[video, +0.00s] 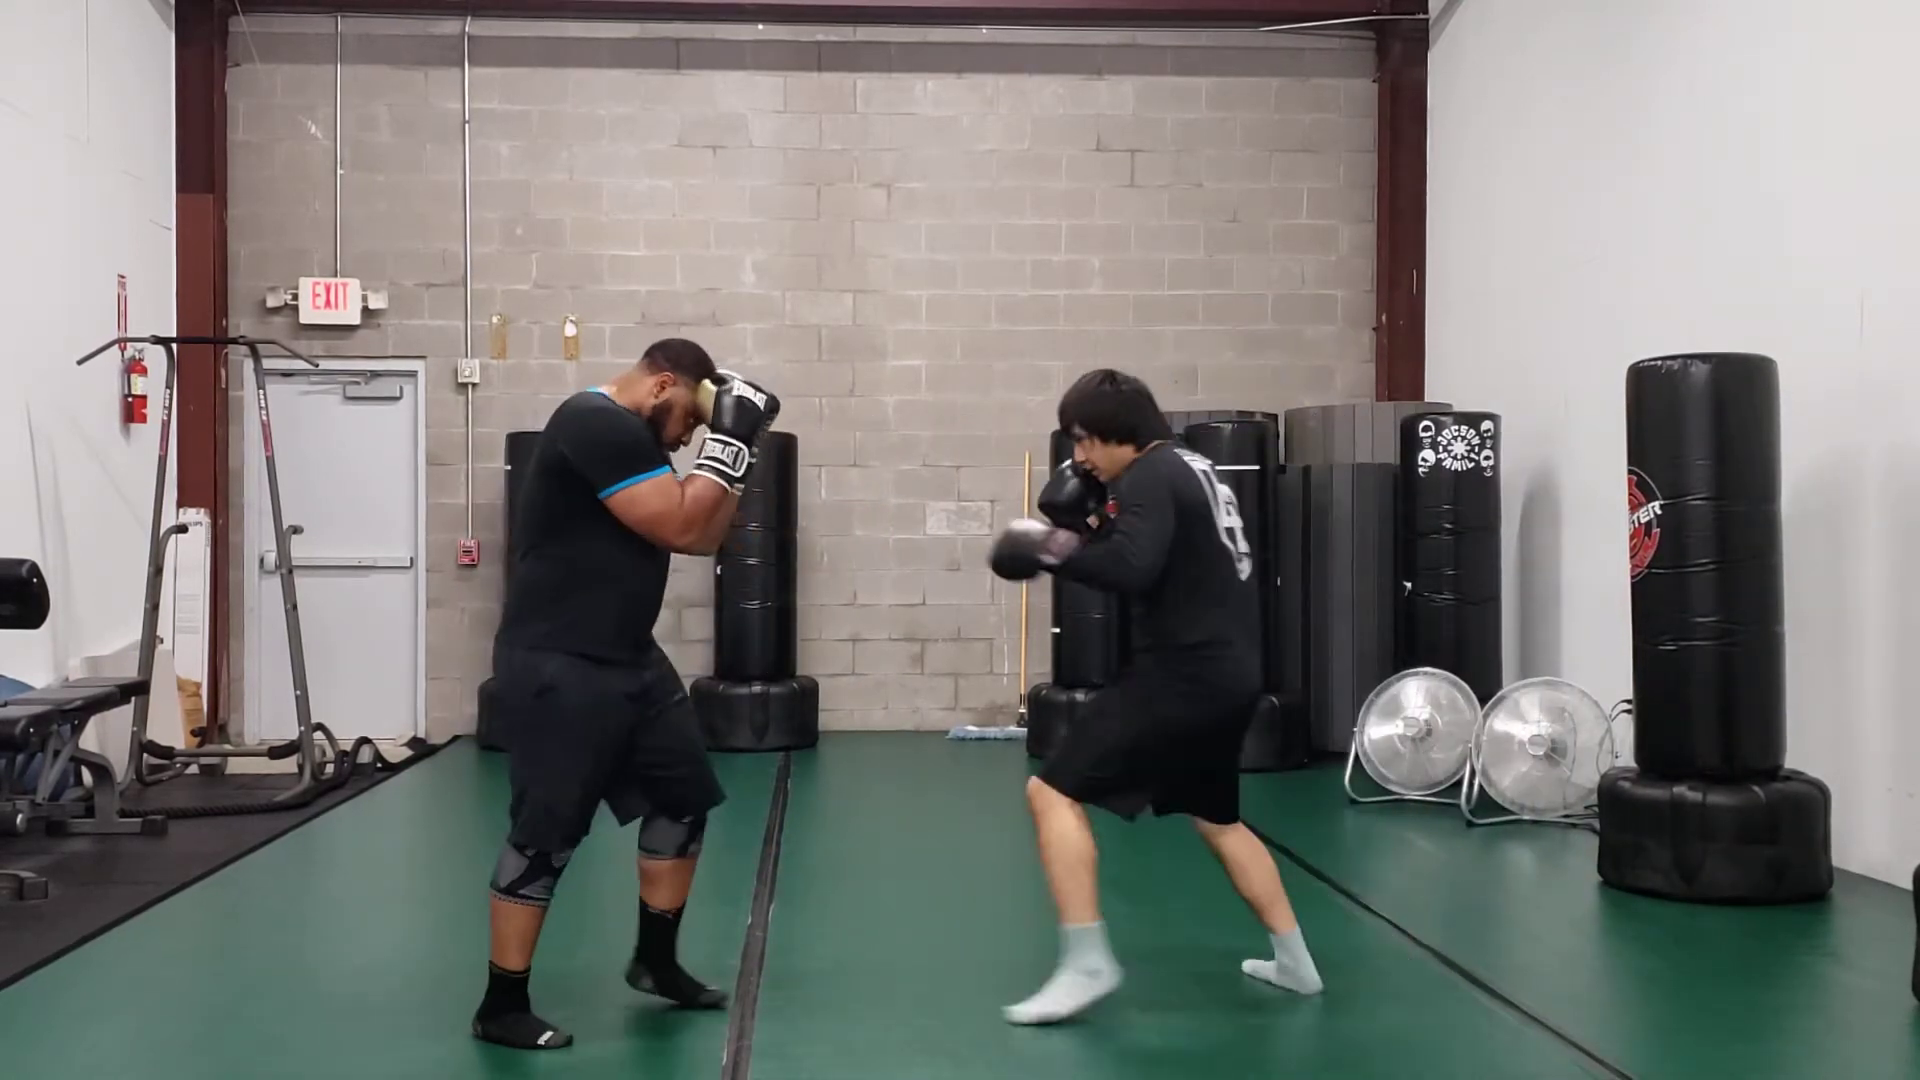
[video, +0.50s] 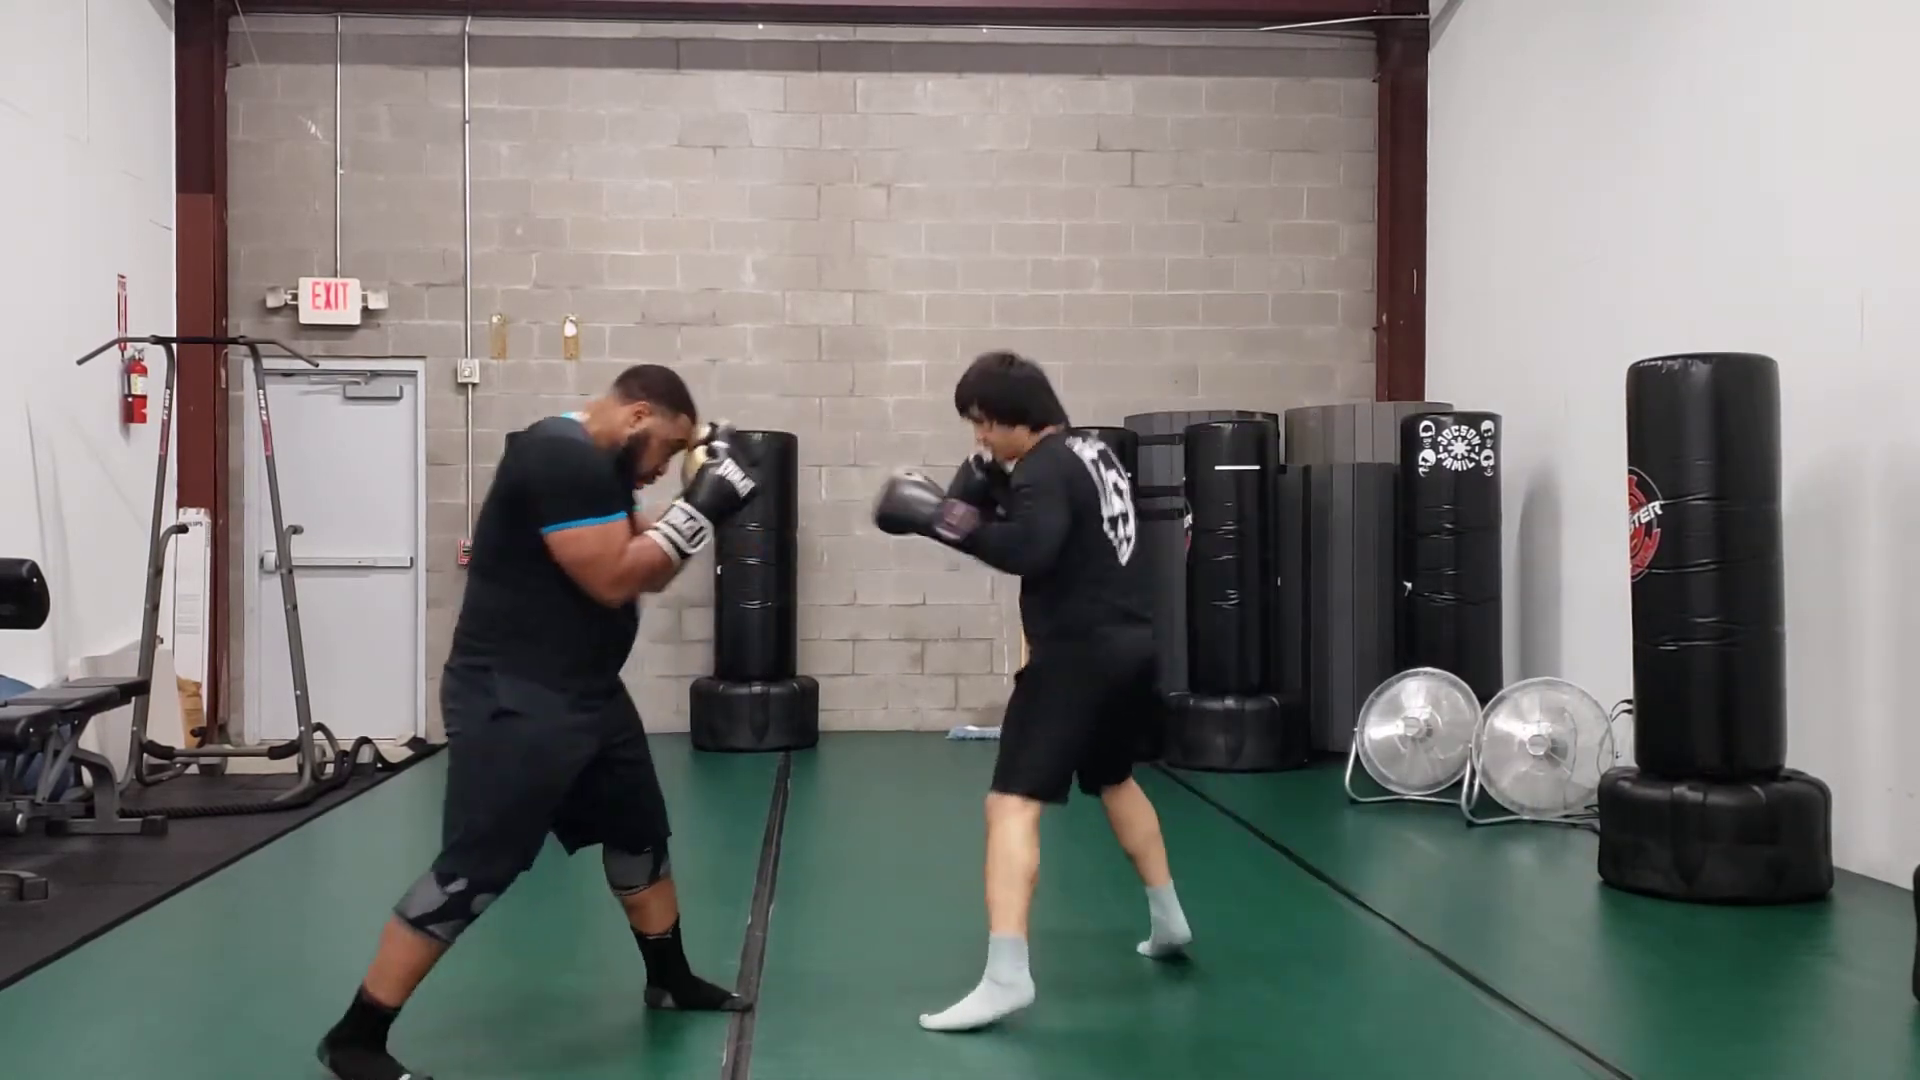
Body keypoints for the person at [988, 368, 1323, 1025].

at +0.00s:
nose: (1079, 456)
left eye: (1084, 441)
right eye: (1076, 442)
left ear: (1118, 435)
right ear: (1141, 429)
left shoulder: (1150, 478)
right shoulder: (1191, 465)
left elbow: (1133, 564)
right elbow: (1174, 557)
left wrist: (1063, 552)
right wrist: (1094, 529)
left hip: (1181, 676)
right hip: (1229, 676)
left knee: (1051, 792)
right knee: (1218, 816)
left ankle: (1086, 960)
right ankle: (1296, 961)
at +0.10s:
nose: (1044, 450)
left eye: (1047, 435)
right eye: (1040, 437)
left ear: (1081, 427)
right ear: (1108, 420)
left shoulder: (1103, 469)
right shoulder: (1167, 461)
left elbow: (1031, 533)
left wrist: (959, 493)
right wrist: (997, 500)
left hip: (1144, 670)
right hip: (1201, 668)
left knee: (1033, 803)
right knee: (1207, 812)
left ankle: (1009, 980)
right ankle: (1291, 955)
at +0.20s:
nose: (1002, 458)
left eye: (1005, 445)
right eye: (1001, 446)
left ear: (1036, 441)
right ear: (1071, 432)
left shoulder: (1042, 487)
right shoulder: (1133, 467)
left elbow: (942, 493)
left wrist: (863, 460)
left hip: (1102, 681)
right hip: (1177, 676)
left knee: (1006, 822)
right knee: (1166, 793)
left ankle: (1009, 999)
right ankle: (1247, 928)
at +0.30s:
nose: (974, 479)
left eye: (978, 466)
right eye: (974, 466)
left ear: (1006, 463)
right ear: (1038, 455)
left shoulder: (1016, 507)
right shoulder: (1108, 487)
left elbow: (915, 516)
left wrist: (848, 454)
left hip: (1087, 693)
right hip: (1161, 688)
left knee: (977, 826)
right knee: (1138, 790)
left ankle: (1005, 998)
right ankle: (1189, 932)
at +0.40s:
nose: (974, 481)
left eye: (975, 466)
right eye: (971, 467)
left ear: (1004, 462)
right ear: (1034, 456)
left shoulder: (1024, 507)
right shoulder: (1099, 491)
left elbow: (952, 551)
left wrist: (883, 497)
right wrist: (941, 515)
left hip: (1072, 692)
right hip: (1142, 688)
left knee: (974, 830)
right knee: (1125, 799)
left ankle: (1005, 1000)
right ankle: (1175, 939)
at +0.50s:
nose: (978, 441)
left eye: (980, 428)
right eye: (974, 429)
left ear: (1008, 420)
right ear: (1037, 411)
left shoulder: (1043, 468)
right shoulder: (1092, 449)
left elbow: (1030, 551)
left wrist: (952, 523)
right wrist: (985, 494)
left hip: (1071, 655)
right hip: (1127, 648)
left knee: (1011, 802)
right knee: (1113, 776)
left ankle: (1006, 974)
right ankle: (1169, 917)